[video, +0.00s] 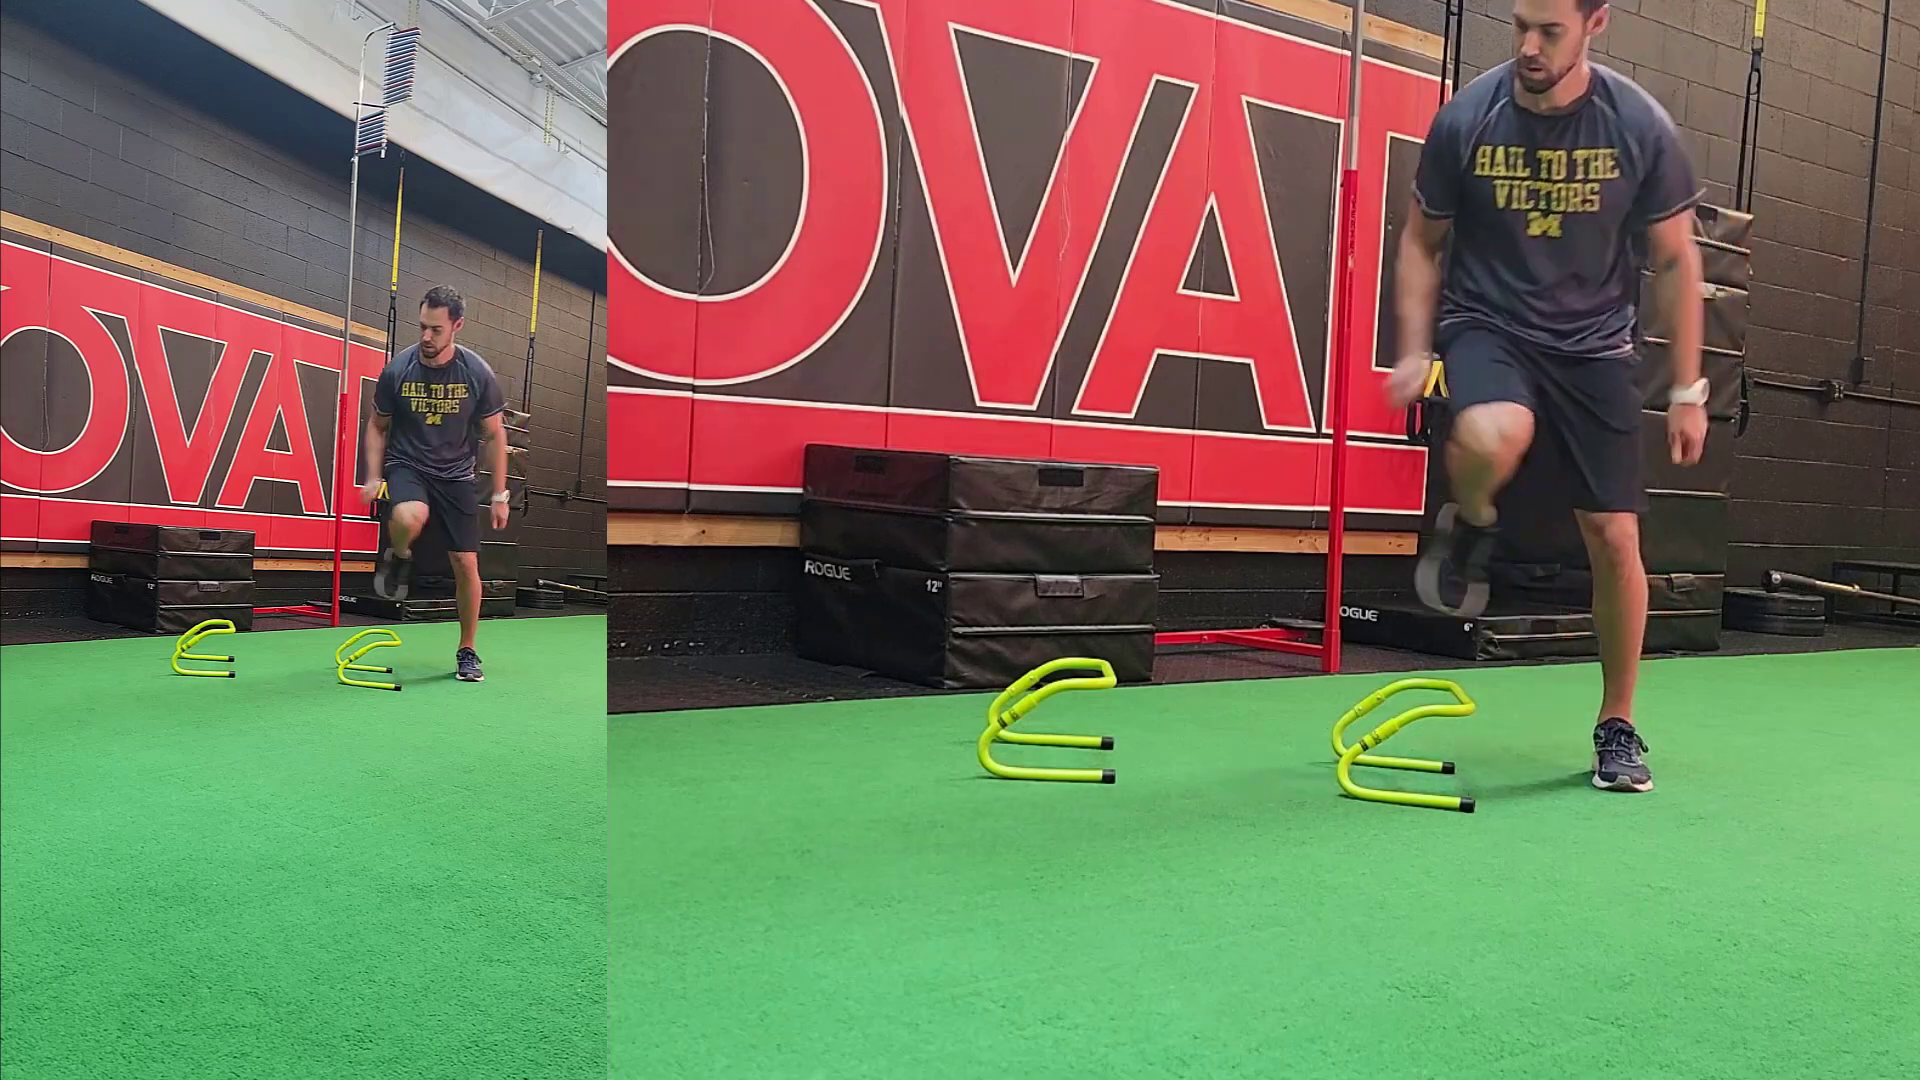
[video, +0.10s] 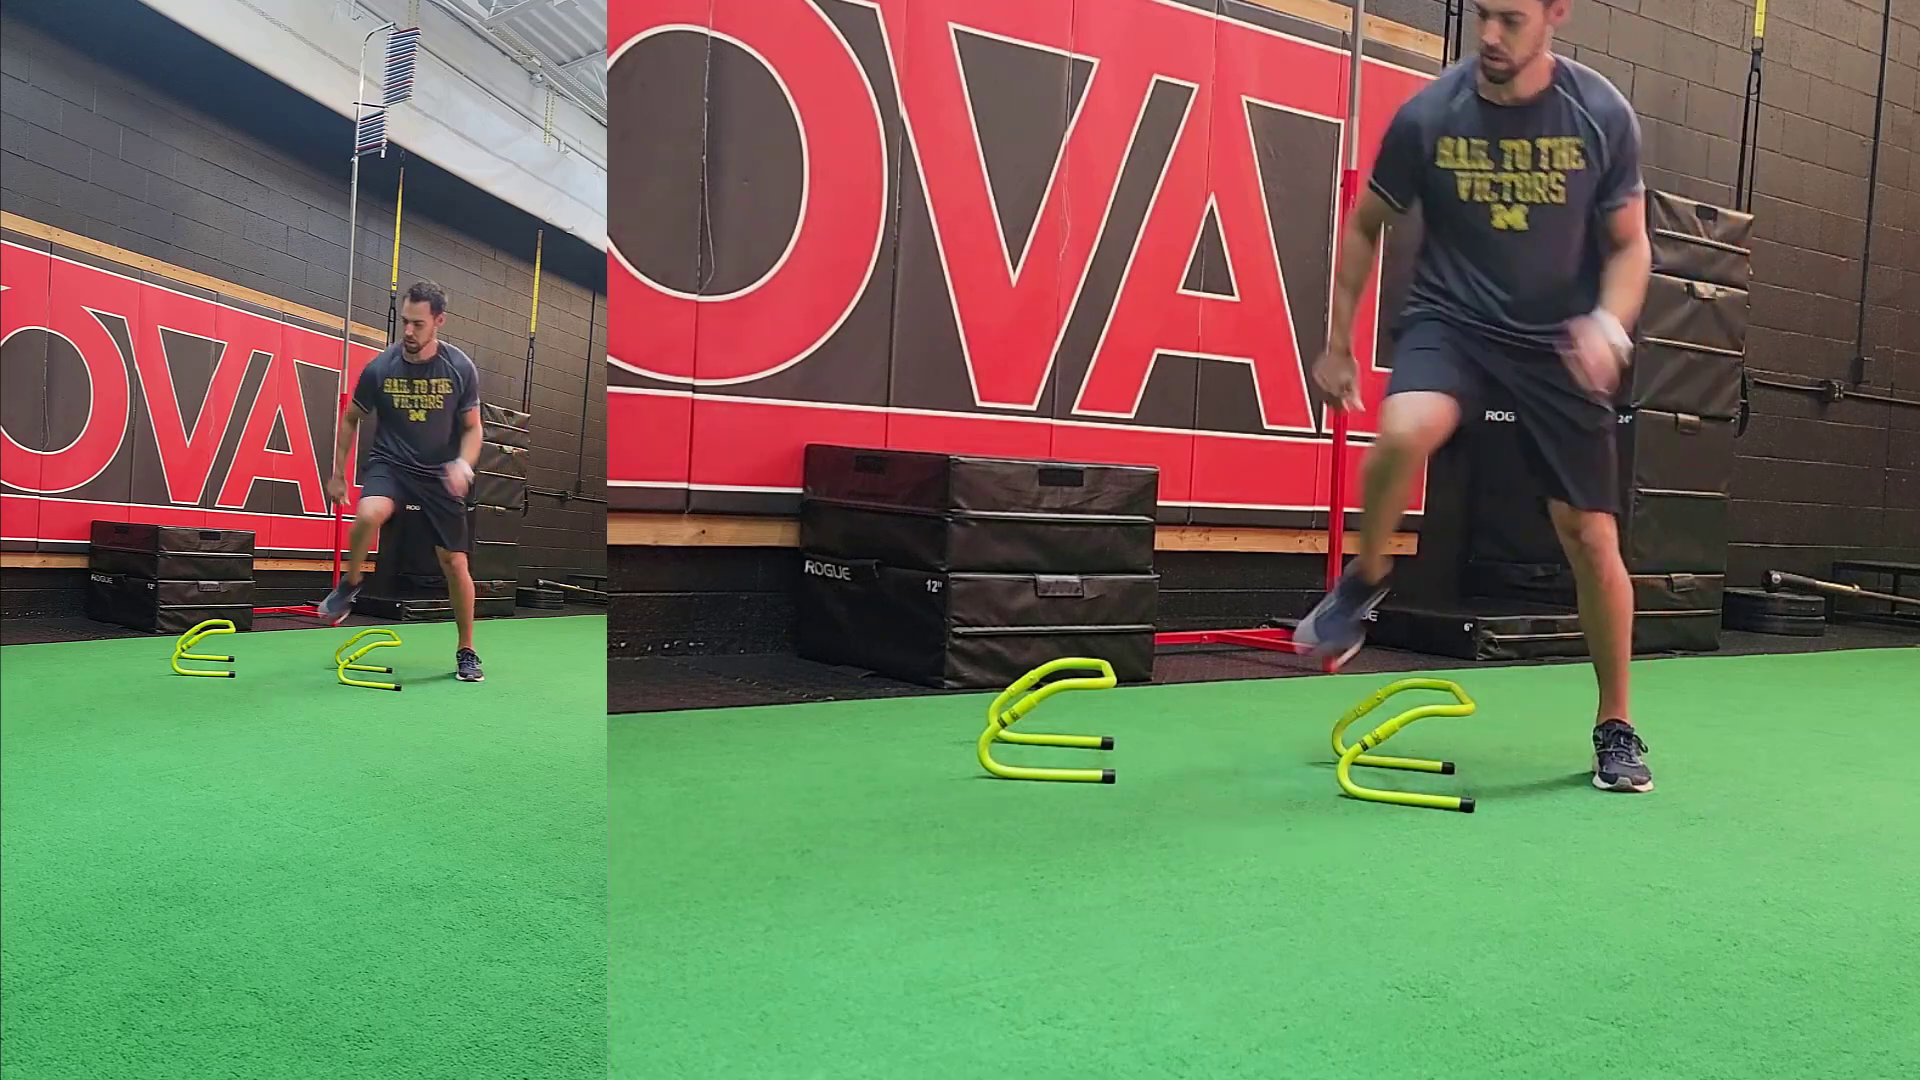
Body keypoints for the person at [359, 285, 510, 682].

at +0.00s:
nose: (427, 336)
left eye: (435, 328)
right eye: (422, 327)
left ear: (457, 326)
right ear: (417, 322)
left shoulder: (478, 374)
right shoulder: (397, 370)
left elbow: (494, 434)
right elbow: (377, 426)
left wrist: (500, 493)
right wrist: (372, 477)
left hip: (456, 474)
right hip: (406, 466)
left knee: (466, 564)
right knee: (408, 519)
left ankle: (468, 649)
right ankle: (398, 559)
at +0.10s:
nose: (408, 331)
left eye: (417, 324)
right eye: (404, 322)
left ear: (439, 321)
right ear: (398, 318)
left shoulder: (461, 369)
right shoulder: (379, 369)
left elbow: (473, 428)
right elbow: (350, 419)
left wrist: (464, 464)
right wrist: (336, 474)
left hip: (442, 472)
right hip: (390, 465)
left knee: (456, 562)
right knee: (368, 514)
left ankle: (467, 649)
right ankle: (350, 583)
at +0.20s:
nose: (384, 316)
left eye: (393, 309)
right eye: (379, 307)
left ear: (414, 305)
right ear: (374, 303)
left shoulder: (435, 351)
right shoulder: (353, 352)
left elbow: (455, 397)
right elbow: (327, 402)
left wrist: (436, 412)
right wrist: (321, 458)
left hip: (414, 463)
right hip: (360, 458)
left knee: (435, 546)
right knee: (337, 532)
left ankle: (460, 640)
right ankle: (304, 622)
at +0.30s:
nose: (362, 317)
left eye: (370, 310)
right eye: (357, 308)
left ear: (391, 307)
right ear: (352, 305)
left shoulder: (411, 353)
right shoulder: (327, 354)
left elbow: (421, 399)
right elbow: (308, 411)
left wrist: (423, 441)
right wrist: (304, 463)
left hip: (387, 456)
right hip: (335, 458)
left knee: (406, 531)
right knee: (319, 549)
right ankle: (300, 636)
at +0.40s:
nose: (338, 314)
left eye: (347, 307)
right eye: (333, 305)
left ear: (365, 305)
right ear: (326, 301)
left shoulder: (383, 352)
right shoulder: (303, 350)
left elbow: (404, 398)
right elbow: (280, 407)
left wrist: (407, 451)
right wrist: (296, 436)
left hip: (362, 454)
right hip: (312, 455)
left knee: (356, 503)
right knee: (302, 549)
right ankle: (298, 639)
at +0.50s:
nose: (313, 308)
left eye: (321, 301)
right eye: (308, 299)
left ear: (342, 297)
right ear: (301, 295)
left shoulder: (364, 344)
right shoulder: (280, 340)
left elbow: (384, 395)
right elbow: (263, 396)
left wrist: (382, 451)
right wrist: (270, 430)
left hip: (336, 447)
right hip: (289, 444)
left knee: (323, 521)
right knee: (273, 523)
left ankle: (319, 622)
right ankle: (287, 604)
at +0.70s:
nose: (254, 309)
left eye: (264, 300)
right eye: (250, 298)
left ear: (284, 296)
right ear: (244, 293)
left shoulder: (307, 345)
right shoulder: (227, 336)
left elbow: (330, 409)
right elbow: (213, 388)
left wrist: (300, 449)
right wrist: (198, 429)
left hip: (281, 451)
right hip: (234, 442)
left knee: (285, 539)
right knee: (193, 501)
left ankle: (306, 638)